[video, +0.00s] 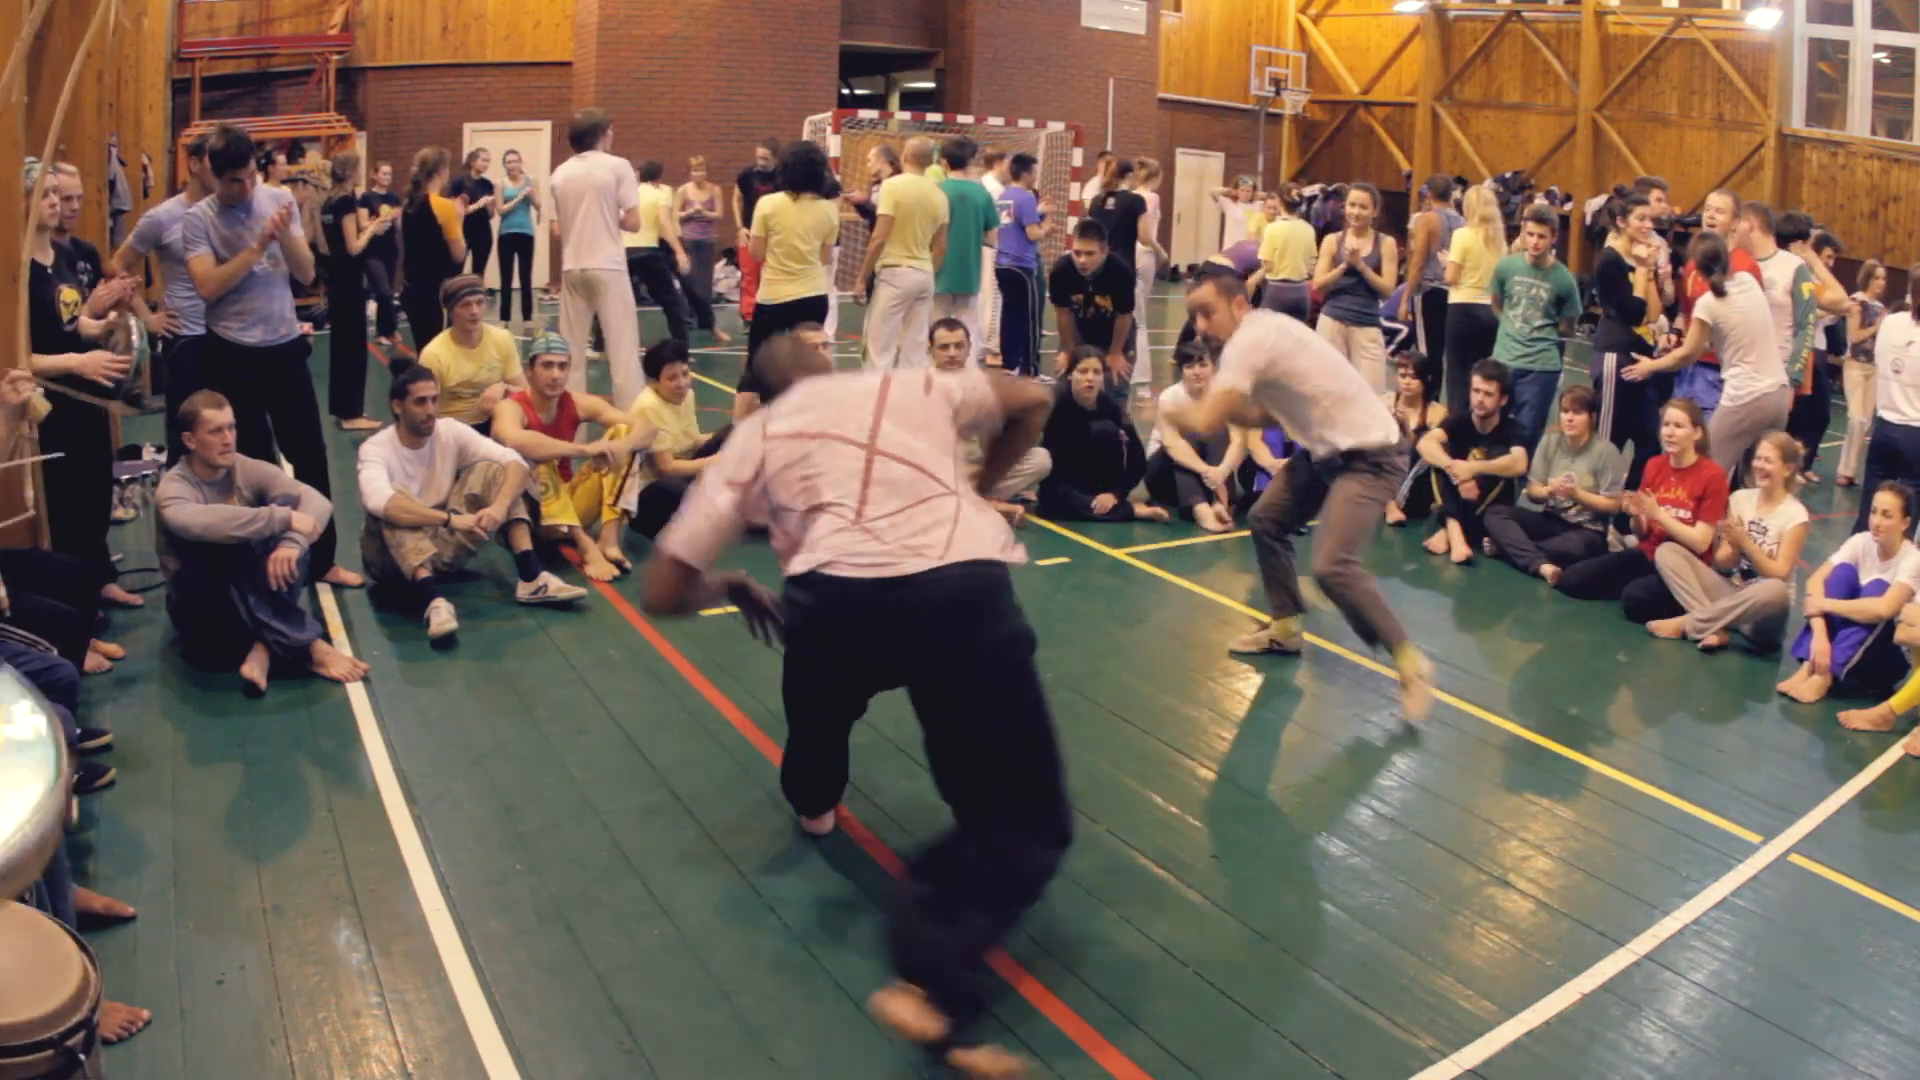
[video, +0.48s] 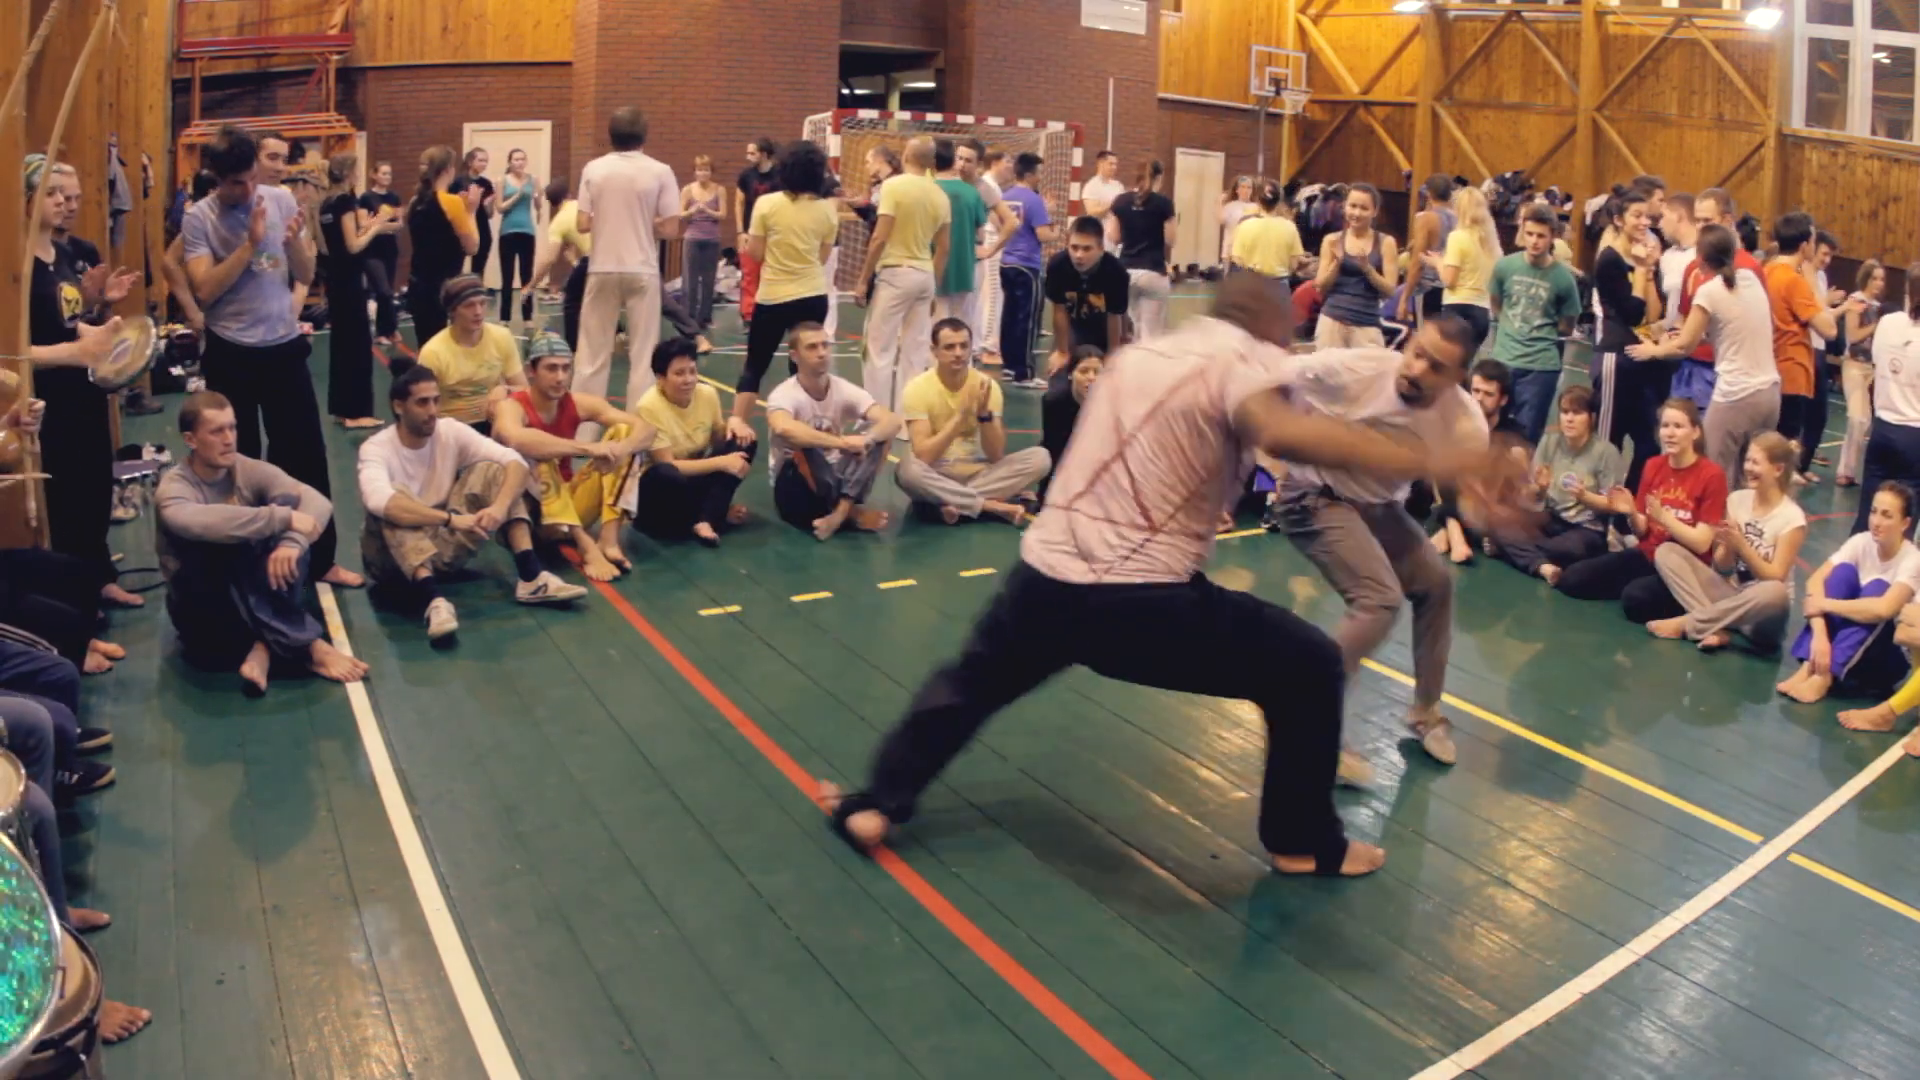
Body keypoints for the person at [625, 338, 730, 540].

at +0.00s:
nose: (681, 383)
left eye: (684, 374)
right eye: (672, 378)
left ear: (689, 373)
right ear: (654, 382)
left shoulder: (687, 395)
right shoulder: (647, 407)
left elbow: (693, 442)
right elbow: (665, 467)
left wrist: (724, 438)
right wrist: (716, 462)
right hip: (651, 485)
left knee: (732, 434)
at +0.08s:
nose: (684, 385)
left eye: (688, 376)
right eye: (675, 379)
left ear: (693, 373)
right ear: (658, 381)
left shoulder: (692, 396)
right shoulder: (649, 406)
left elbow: (698, 442)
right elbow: (665, 465)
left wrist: (724, 425)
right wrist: (718, 460)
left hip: (686, 470)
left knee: (732, 433)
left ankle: (707, 519)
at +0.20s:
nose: (688, 386)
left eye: (693, 378)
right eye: (679, 380)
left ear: (698, 374)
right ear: (662, 382)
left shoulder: (703, 393)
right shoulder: (651, 404)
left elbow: (720, 436)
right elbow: (662, 461)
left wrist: (733, 419)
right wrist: (716, 457)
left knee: (730, 433)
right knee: (673, 478)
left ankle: (709, 518)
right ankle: (721, 512)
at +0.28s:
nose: (688, 385)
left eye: (693, 376)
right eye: (679, 378)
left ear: (699, 373)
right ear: (663, 380)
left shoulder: (708, 392)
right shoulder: (652, 402)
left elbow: (723, 426)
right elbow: (663, 460)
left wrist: (734, 415)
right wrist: (717, 457)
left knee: (736, 436)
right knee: (669, 473)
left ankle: (707, 519)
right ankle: (719, 518)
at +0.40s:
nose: (688, 381)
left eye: (692, 372)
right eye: (679, 374)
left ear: (697, 371)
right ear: (661, 379)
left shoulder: (709, 394)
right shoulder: (650, 406)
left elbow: (722, 435)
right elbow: (666, 462)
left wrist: (737, 420)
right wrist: (720, 462)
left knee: (743, 439)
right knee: (663, 471)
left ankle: (706, 521)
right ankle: (719, 515)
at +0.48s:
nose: (688, 380)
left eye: (692, 372)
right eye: (679, 374)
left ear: (698, 371)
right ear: (660, 378)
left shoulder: (708, 394)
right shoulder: (649, 407)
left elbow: (718, 442)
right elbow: (666, 465)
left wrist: (734, 421)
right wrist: (721, 463)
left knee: (744, 440)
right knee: (663, 473)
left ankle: (706, 520)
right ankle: (718, 514)